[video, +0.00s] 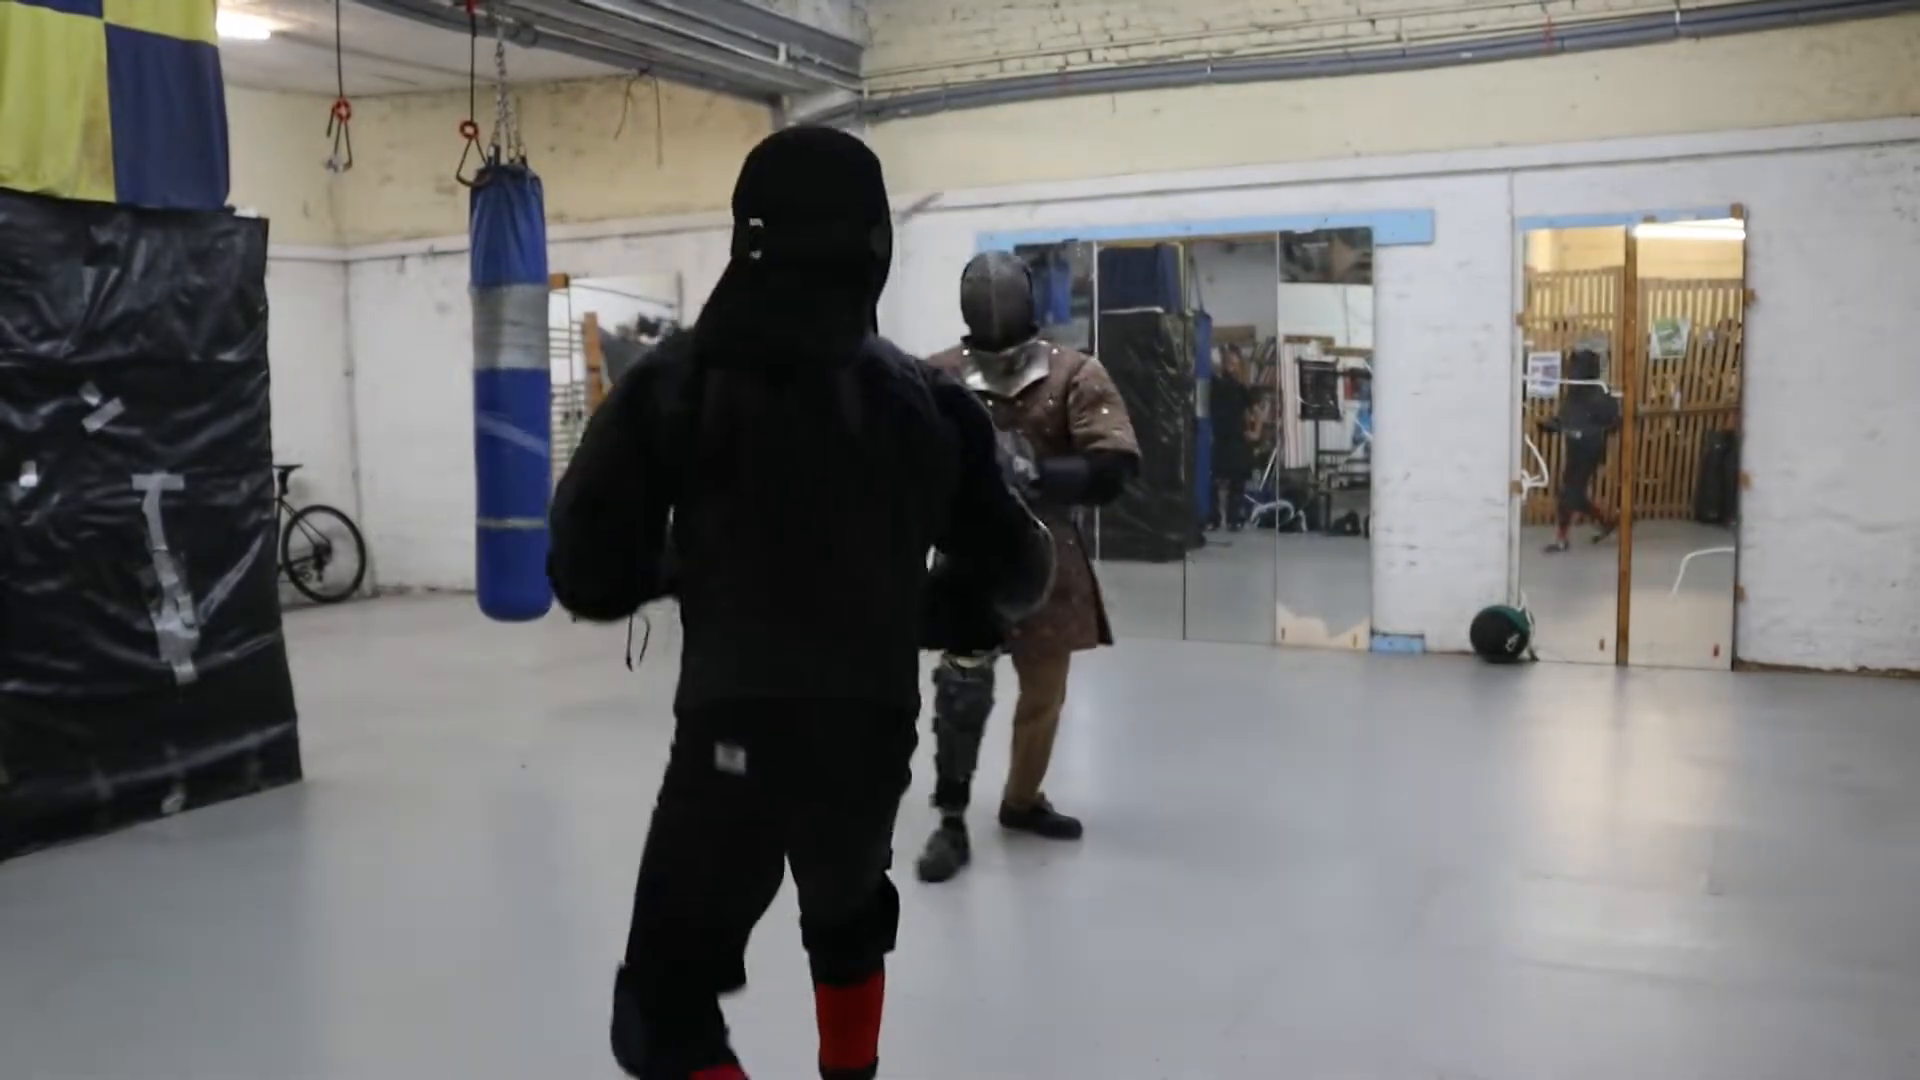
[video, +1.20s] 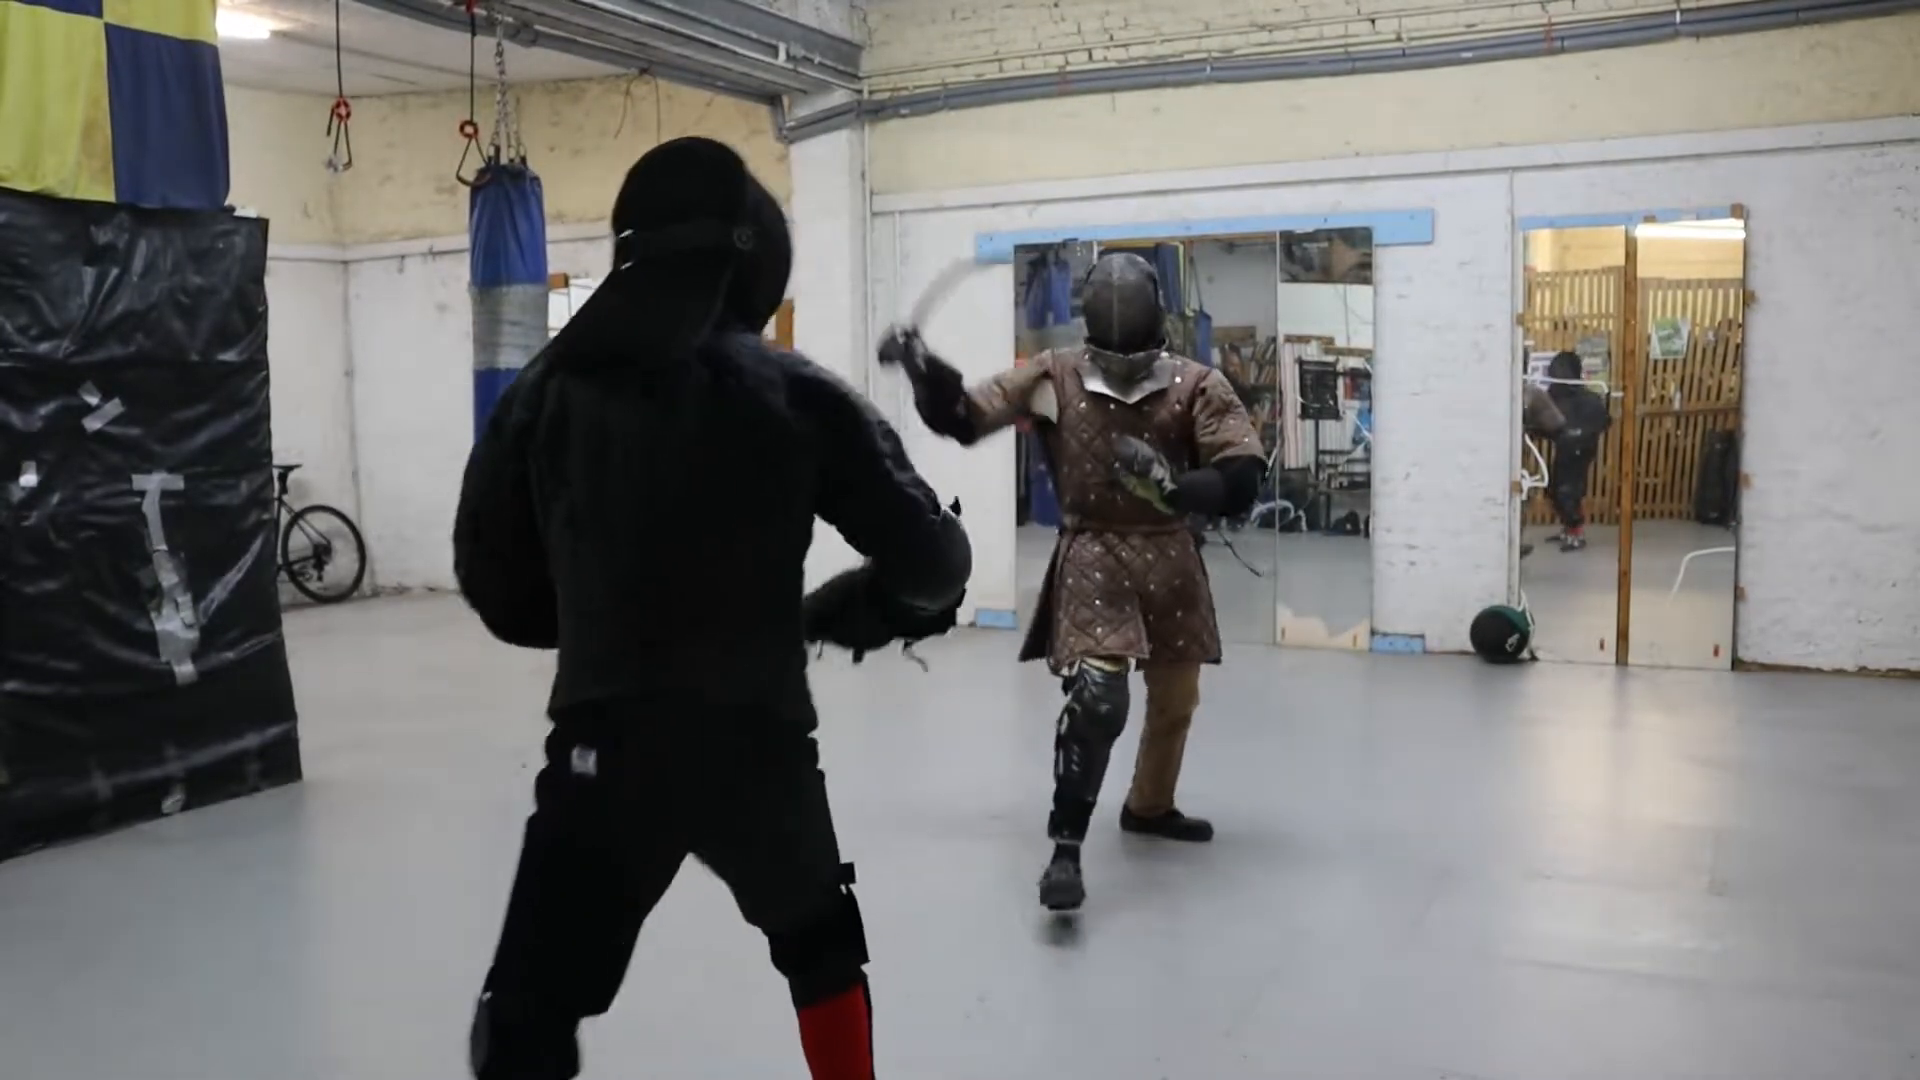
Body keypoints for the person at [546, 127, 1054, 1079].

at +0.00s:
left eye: (749, 225)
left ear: (749, 238)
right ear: (872, 244)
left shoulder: (680, 380)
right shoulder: (922, 401)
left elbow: (589, 574)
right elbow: (1012, 572)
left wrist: (697, 550)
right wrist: (900, 603)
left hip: (733, 735)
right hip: (868, 730)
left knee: (666, 998)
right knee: (850, 921)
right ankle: (850, 1069)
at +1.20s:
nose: (785, 278)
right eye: (776, 254)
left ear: (631, 257)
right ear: (751, 260)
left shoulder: (543, 397)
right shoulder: (792, 396)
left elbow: (502, 592)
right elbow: (933, 561)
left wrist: (619, 609)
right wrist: (834, 614)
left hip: (602, 761)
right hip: (758, 756)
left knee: (527, 1013)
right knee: (822, 948)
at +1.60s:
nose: (663, 274)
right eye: (651, 249)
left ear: (500, 261)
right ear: (626, 260)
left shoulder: (433, 409)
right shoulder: (657, 390)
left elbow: (417, 600)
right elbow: (850, 517)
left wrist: (539, 576)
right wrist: (887, 484)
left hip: (491, 793)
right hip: (650, 787)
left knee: (407, 1038)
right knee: (784, 950)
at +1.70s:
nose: (623, 297)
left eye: (618, 268)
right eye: (613, 269)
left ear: (455, 271)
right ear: (586, 276)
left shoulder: (390, 423)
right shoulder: (612, 412)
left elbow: (378, 617)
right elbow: (796, 552)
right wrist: (834, 497)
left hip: (441, 818)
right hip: (602, 812)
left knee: (372, 1057)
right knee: (759, 959)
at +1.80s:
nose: (583, 288)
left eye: (578, 262)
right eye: (575, 263)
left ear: (416, 263)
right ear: (550, 270)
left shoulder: (341, 415)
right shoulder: (575, 410)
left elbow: (319, 617)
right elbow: (708, 584)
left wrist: (446, 620)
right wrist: (784, 562)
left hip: (396, 813)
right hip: (559, 808)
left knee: (344, 1062)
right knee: (713, 989)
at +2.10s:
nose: (550, 272)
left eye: (545, 246)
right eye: (541, 247)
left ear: (373, 245)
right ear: (505, 252)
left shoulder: (319, 395)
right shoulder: (540, 380)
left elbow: (324, 559)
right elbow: (715, 543)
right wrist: (772, 500)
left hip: (383, 798)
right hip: (543, 790)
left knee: (339, 1058)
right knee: (682, 957)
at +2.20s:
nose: (574, 268)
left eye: (568, 241)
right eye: (564, 243)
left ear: (406, 255)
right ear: (538, 253)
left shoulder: (357, 406)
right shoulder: (576, 381)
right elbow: (783, 460)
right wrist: (856, 401)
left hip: (412, 802)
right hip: (572, 795)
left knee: (359, 1056)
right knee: (698, 959)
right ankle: (756, 1073)